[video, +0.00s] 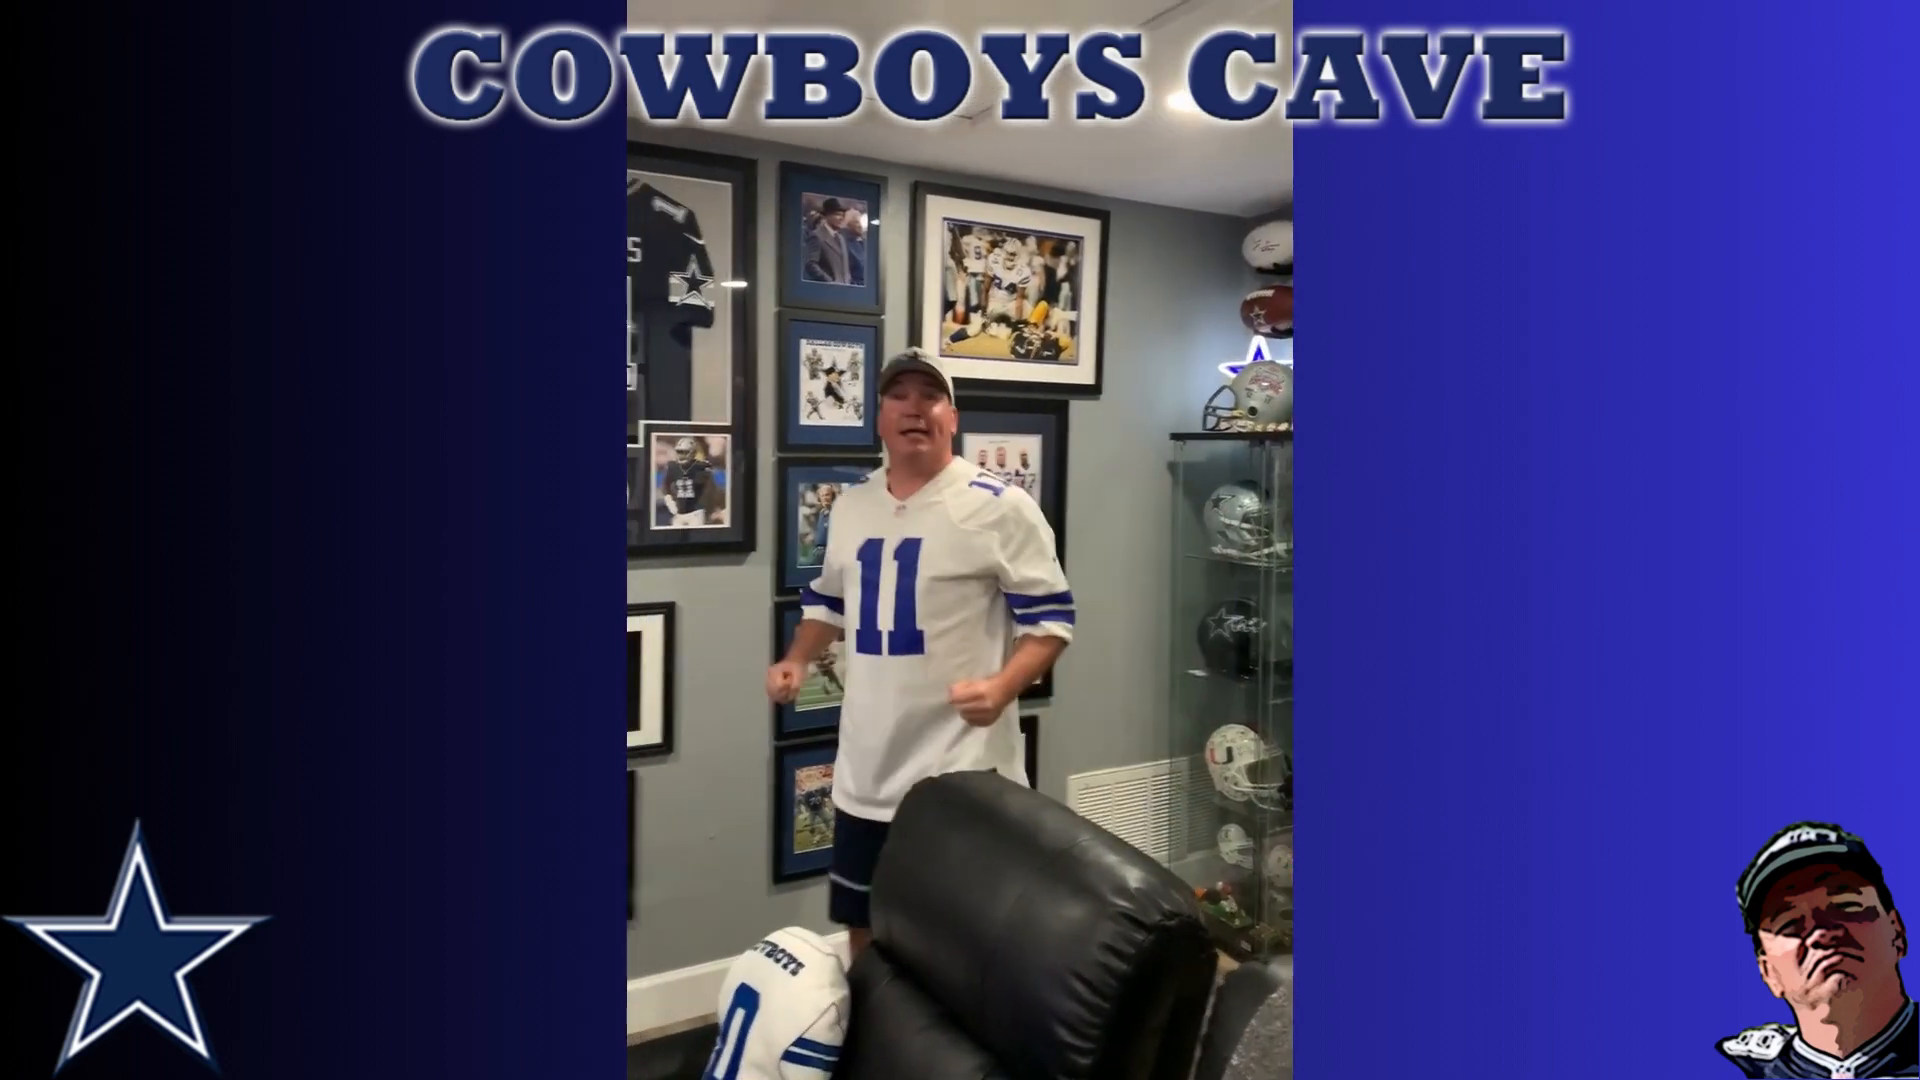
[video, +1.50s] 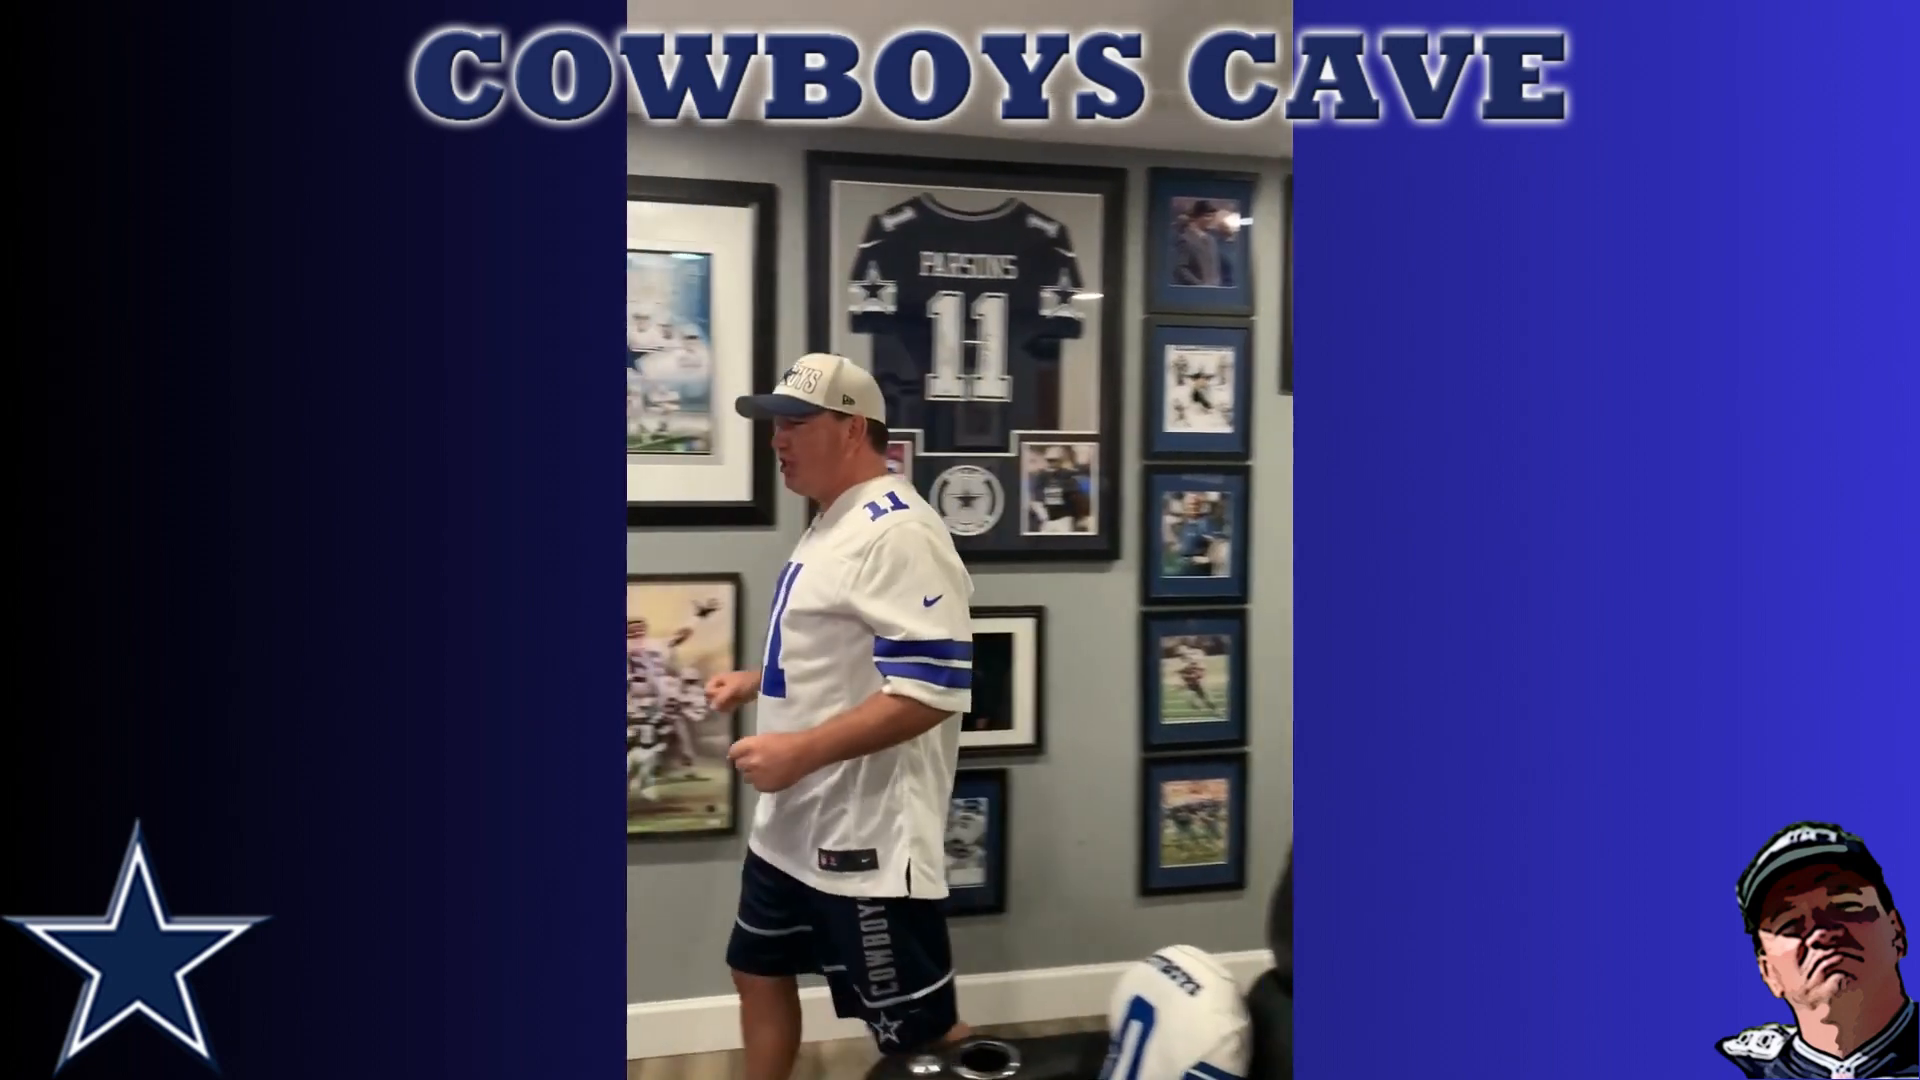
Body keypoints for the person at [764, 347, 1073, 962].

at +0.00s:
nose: (915, 411)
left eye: (931, 398)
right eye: (899, 397)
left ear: (953, 418)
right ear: (877, 417)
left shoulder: (1001, 509)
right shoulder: (851, 508)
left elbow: (1052, 621)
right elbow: (827, 605)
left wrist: (1004, 685)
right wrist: (797, 659)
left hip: (965, 784)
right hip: (867, 778)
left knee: (965, 942)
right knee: (864, 937)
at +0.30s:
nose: (850, 424)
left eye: (868, 408)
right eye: (847, 410)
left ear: (915, 416)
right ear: (842, 415)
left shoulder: (982, 505)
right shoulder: (833, 505)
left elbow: (1038, 620)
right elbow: (810, 601)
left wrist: (982, 679)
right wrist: (772, 649)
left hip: (938, 778)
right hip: (861, 776)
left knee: (883, 958)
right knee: (915, 955)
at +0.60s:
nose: (817, 433)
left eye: (835, 418)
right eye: (815, 419)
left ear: (885, 425)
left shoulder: (945, 524)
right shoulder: (834, 513)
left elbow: (991, 666)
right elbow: (826, 625)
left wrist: (895, 728)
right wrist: (767, 668)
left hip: (900, 813)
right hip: (847, 807)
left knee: (841, 987)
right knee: (892, 995)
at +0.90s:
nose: (793, 425)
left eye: (810, 408)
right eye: (792, 409)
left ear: (865, 414)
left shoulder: (901, 517)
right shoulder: (852, 502)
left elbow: (911, 680)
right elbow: (850, 637)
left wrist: (780, 730)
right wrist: (768, 664)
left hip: (859, 810)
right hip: (807, 798)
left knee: (851, 1003)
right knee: (777, 942)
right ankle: (861, 1062)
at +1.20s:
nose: (787, 428)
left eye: (805, 411)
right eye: (786, 412)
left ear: (864, 419)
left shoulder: (897, 522)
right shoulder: (859, 509)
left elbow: (910, 689)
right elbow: (862, 644)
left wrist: (775, 745)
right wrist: (781, 671)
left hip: (870, 826)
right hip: (811, 808)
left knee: (880, 1038)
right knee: (765, 961)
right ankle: (724, 1077)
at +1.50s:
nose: (777, 439)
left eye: (795, 423)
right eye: (777, 423)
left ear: (851, 430)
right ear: (843, 434)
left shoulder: (901, 532)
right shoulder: (834, 522)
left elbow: (934, 686)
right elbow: (841, 660)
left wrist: (803, 750)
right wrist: (758, 681)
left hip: (873, 837)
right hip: (794, 822)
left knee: (922, 1033)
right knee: (759, 969)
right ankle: (768, 1078)